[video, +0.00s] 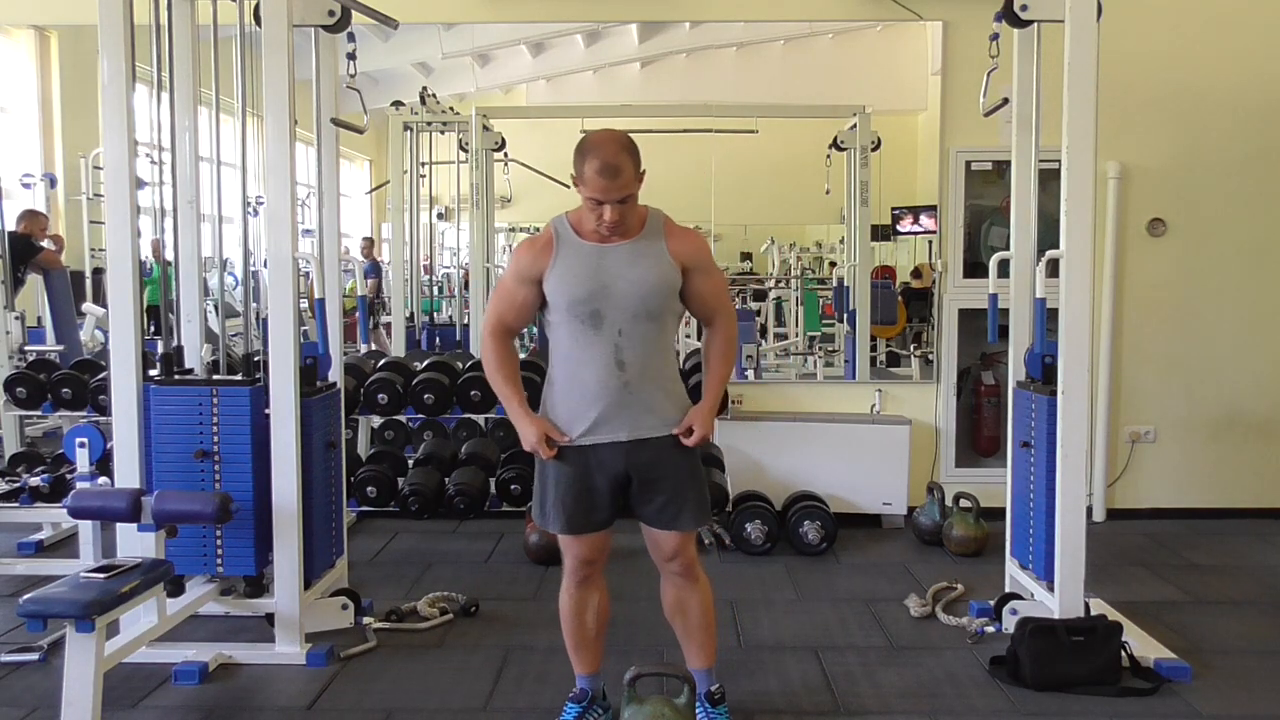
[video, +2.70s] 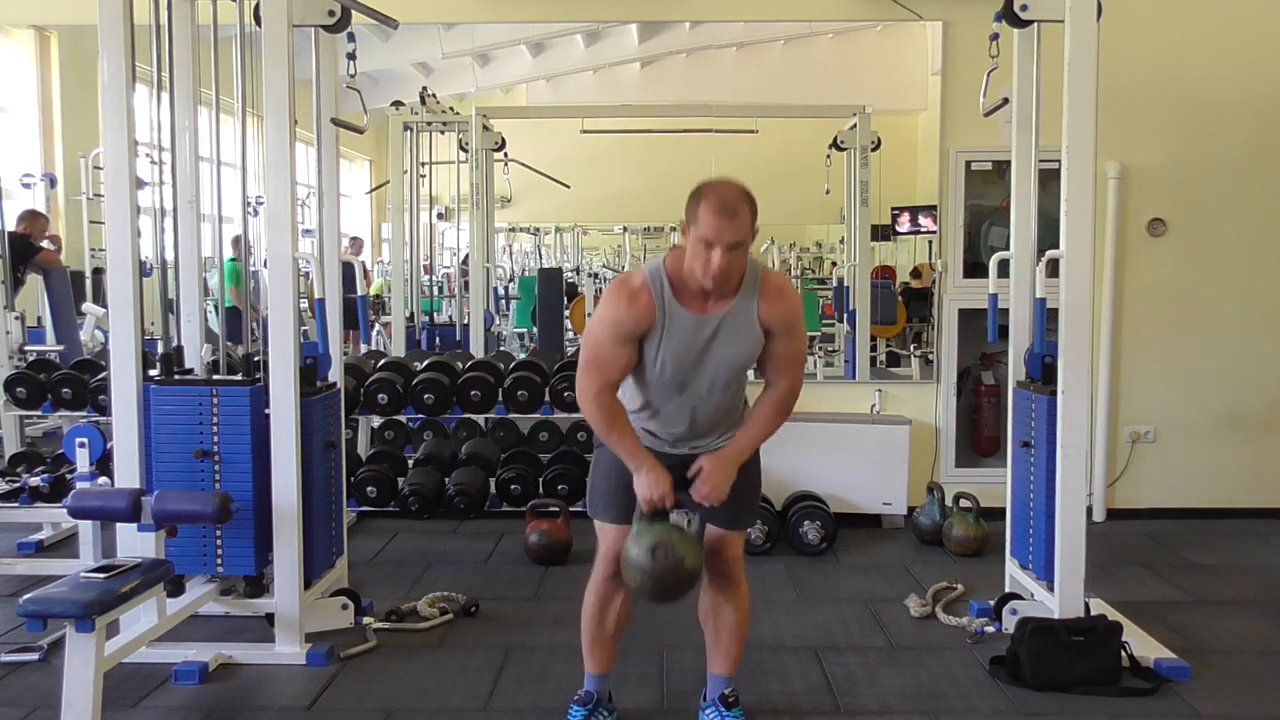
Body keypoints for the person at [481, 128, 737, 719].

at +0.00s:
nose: (609, 213)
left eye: (621, 200)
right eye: (596, 201)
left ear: (641, 180)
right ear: (574, 184)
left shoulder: (681, 246)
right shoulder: (540, 254)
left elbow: (720, 317)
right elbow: (495, 333)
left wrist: (710, 401)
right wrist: (521, 415)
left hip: (663, 439)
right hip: (574, 445)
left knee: (679, 561)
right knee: (580, 569)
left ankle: (708, 692)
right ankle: (587, 694)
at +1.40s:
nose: (680, 262)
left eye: (695, 248)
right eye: (668, 247)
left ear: (719, 227)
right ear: (648, 224)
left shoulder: (749, 273)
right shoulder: (604, 271)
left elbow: (761, 365)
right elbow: (564, 364)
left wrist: (731, 448)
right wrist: (580, 456)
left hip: (711, 438)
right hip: (624, 436)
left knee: (715, 560)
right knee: (610, 561)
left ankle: (718, 699)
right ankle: (593, 696)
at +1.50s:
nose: (676, 312)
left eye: (688, 300)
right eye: (665, 299)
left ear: (711, 272)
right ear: (641, 272)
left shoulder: (745, 296)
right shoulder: (597, 307)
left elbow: (752, 386)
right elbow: (565, 412)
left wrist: (718, 457)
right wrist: (596, 505)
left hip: (705, 441)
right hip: (618, 437)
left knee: (715, 560)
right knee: (605, 558)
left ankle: (718, 699)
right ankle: (592, 696)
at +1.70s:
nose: (677, 406)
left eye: (688, 395)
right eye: (664, 397)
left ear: (710, 360)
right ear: (637, 363)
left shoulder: (744, 345)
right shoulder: (599, 385)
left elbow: (750, 401)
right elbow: (593, 504)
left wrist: (713, 463)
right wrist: (617, 600)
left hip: (702, 456)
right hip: (621, 455)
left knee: (715, 563)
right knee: (594, 568)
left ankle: (719, 697)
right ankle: (593, 695)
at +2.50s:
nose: (713, 364)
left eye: (727, 352)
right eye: (702, 351)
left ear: (746, 326)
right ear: (679, 324)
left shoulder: (773, 336)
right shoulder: (632, 367)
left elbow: (776, 403)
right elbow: (607, 472)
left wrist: (737, 465)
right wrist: (648, 555)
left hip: (717, 454)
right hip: (635, 454)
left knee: (727, 566)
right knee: (608, 564)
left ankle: (719, 699)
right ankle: (593, 696)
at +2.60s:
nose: (715, 316)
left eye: (729, 301)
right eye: (704, 299)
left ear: (749, 284)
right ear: (680, 278)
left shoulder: (774, 317)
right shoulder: (632, 331)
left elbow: (780, 398)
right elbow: (598, 430)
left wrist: (740, 468)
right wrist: (645, 508)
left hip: (719, 448)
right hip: (634, 445)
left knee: (728, 563)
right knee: (611, 560)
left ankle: (720, 700)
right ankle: (594, 694)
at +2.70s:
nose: (718, 262)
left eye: (733, 247)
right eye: (706, 245)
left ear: (751, 239)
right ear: (684, 233)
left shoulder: (777, 298)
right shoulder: (632, 297)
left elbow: (784, 387)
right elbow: (592, 389)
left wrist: (732, 456)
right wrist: (642, 464)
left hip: (725, 443)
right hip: (635, 438)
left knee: (725, 561)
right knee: (613, 560)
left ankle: (719, 701)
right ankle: (594, 696)